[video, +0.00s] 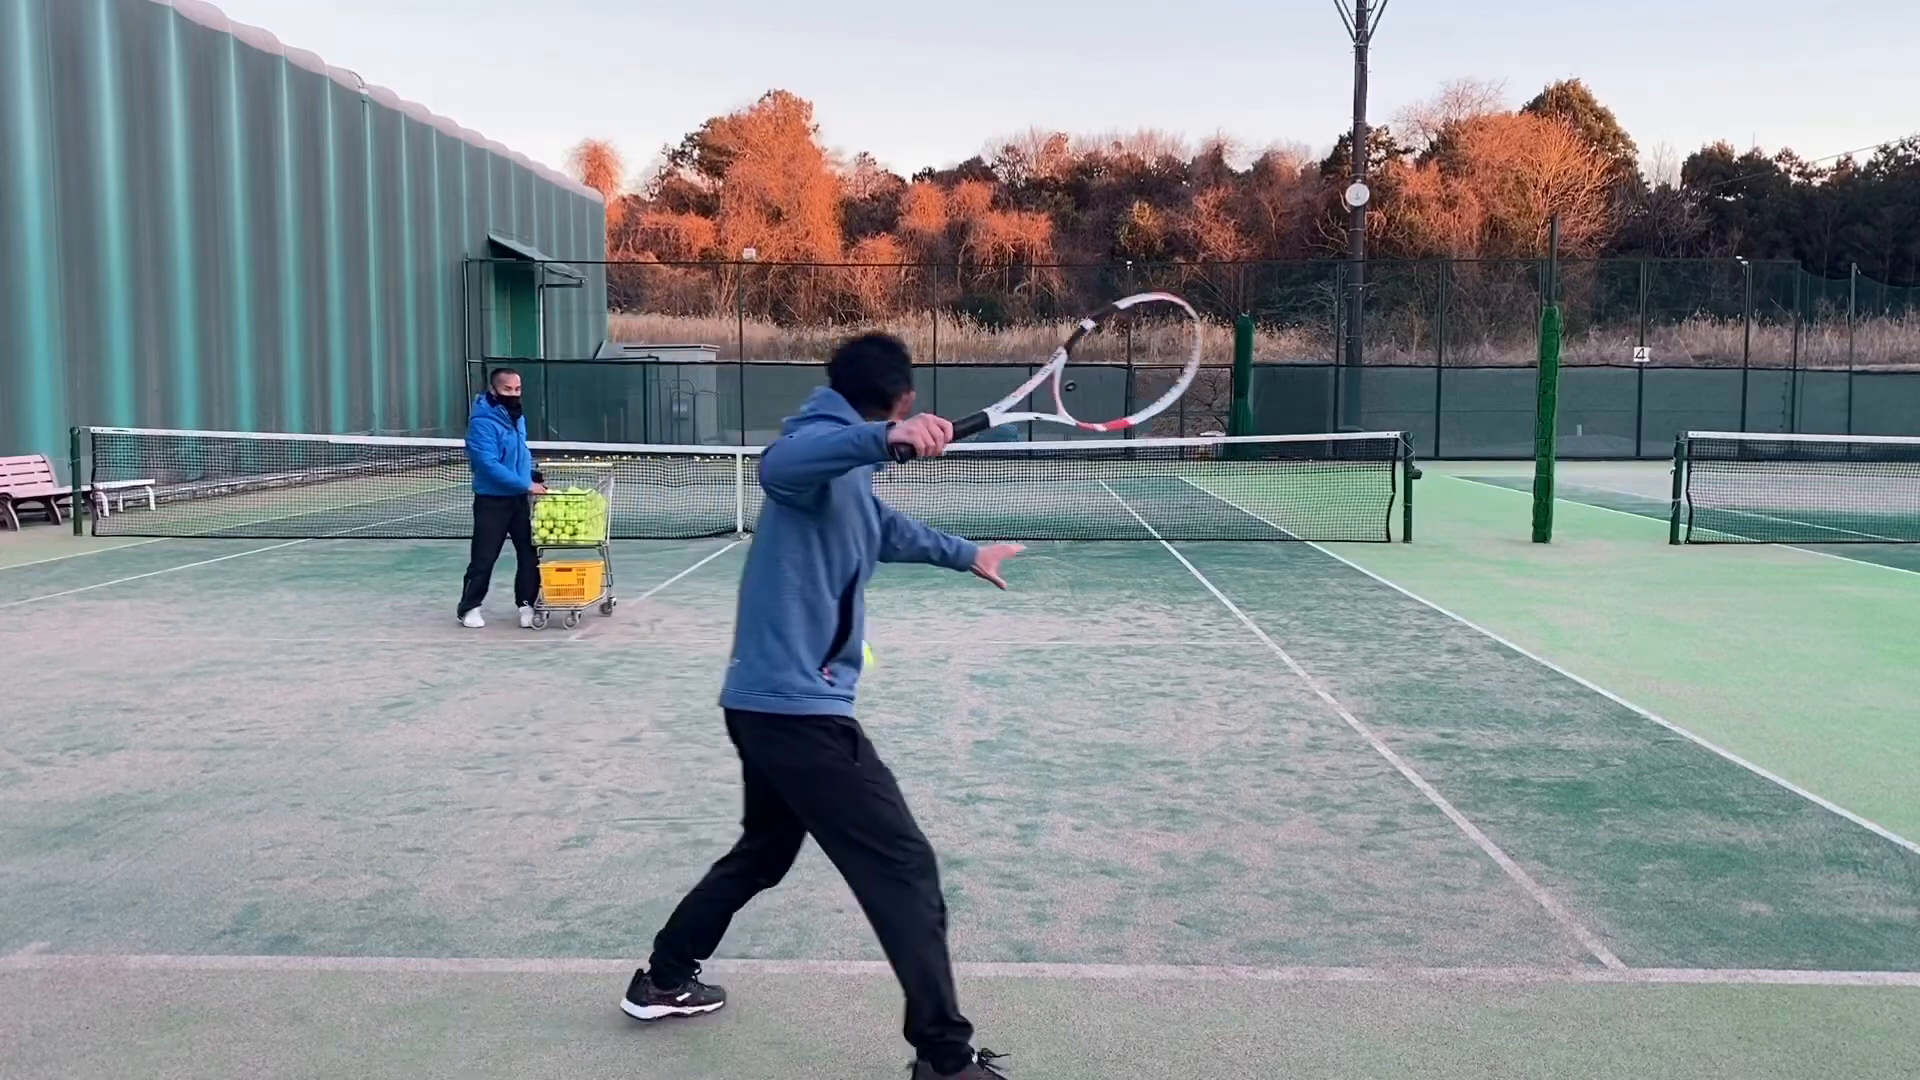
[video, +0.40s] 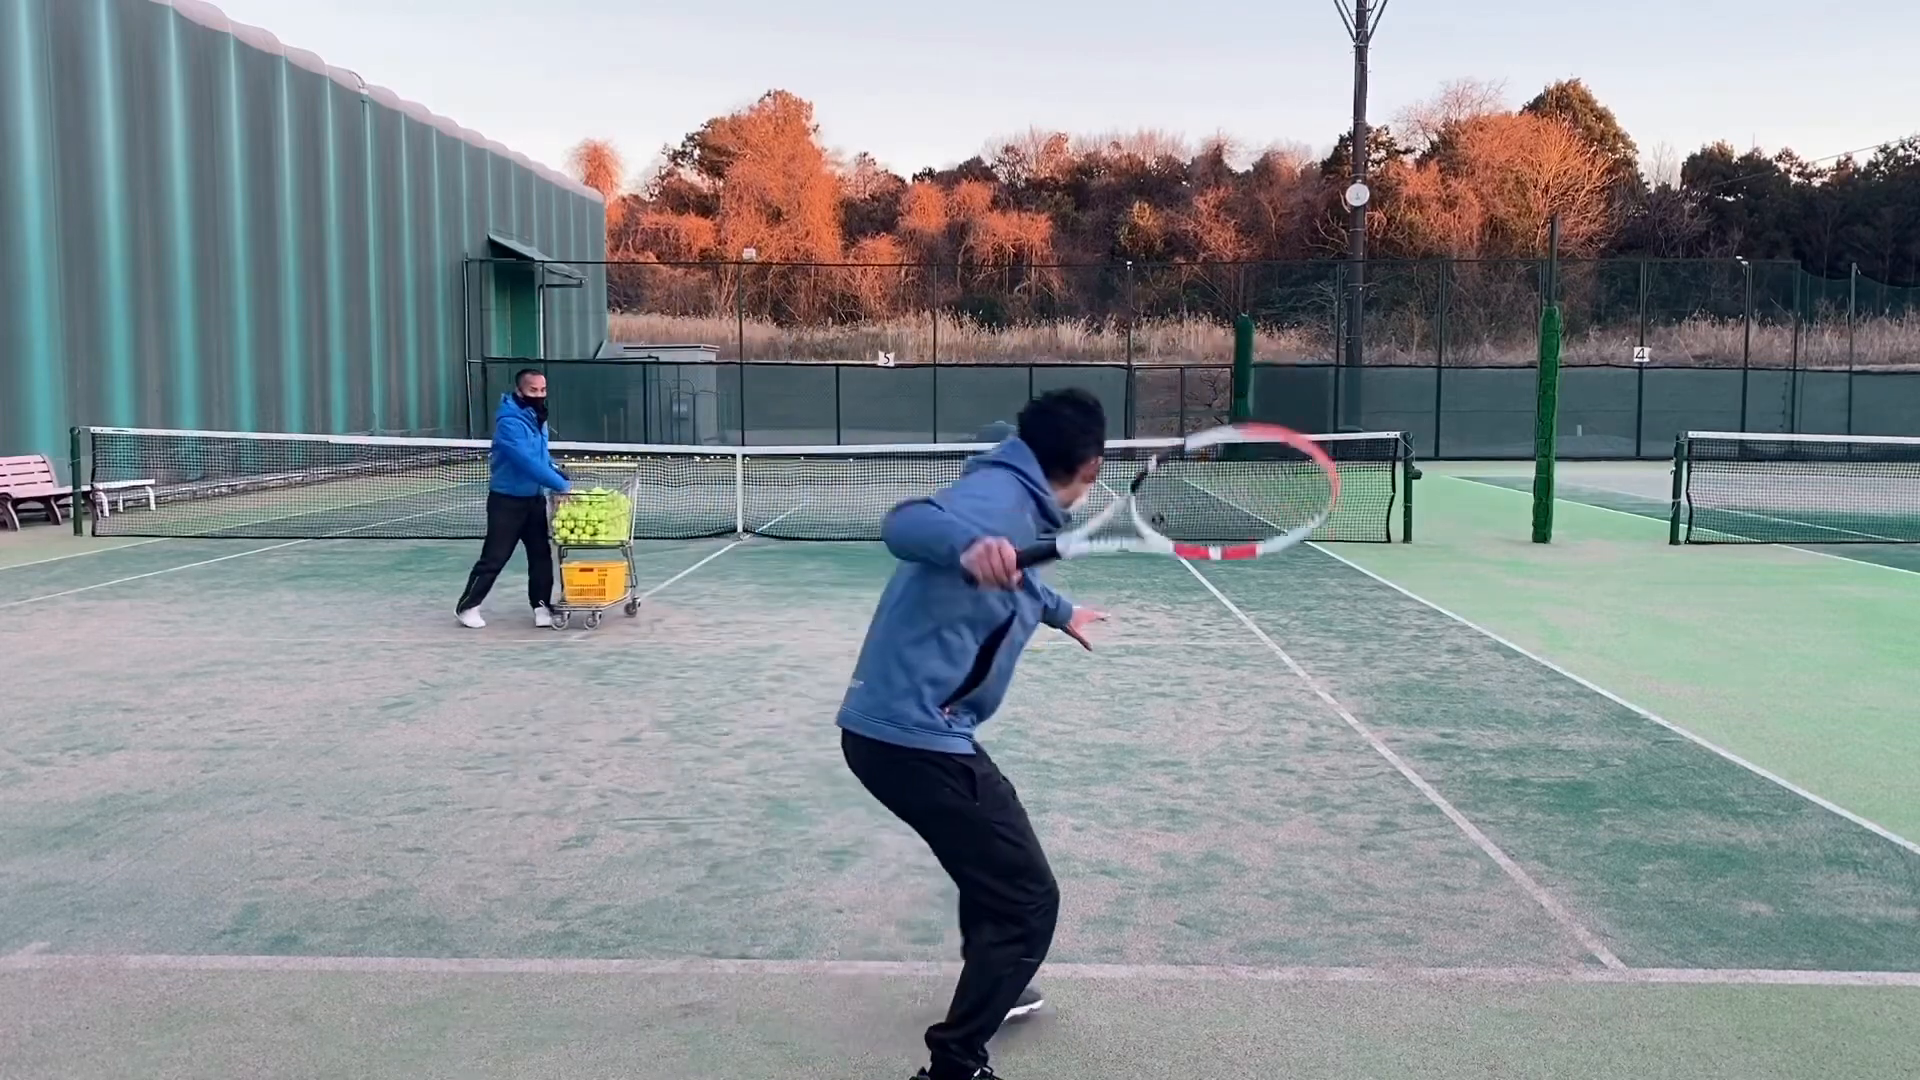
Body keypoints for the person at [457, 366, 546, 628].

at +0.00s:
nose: (515, 394)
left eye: (517, 389)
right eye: (509, 389)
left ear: (520, 390)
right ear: (495, 390)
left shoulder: (517, 416)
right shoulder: (482, 421)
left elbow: (521, 451)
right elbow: (488, 465)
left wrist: (533, 476)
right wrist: (526, 486)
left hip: (518, 497)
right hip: (491, 499)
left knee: (529, 553)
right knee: (484, 557)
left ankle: (526, 604)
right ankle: (470, 608)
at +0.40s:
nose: (541, 394)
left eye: (543, 389)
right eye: (535, 389)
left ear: (545, 390)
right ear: (520, 390)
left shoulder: (536, 417)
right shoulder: (509, 421)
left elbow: (541, 455)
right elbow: (526, 461)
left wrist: (560, 476)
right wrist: (562, 485)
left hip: (533, 499)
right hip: (506, 499)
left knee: (541, 555)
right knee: (495, 557)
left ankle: (541, 606)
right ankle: (467, 607)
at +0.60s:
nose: (549, 392)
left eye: (552, 388)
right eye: (543, 388)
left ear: (553, 389)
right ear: (529, 389)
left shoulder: (546, 415)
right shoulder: (518, 420)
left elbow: (551, 453)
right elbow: (538, 460)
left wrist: (564, 477)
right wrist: (568, 490)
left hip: (541, 495)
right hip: (514, 496)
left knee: (543, 553)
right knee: (504, 554)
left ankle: (542, 605)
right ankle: (478, 604)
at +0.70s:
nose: (552, 393)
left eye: (554, 389)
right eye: (546, 389)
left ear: (556, 390)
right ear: (532, 390)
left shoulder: (549, 416)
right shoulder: (521, 420)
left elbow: (553, 454)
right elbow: (538, 460)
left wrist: (567, 476)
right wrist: (567, 492)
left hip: (543, 495)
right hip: (518, 496)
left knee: (545, 554)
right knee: (507, 554)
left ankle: (542, 605)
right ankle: (482, 604)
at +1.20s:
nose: (549, 392)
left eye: (552, 387)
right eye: (543, 388)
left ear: (556, 388)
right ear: (530, 389)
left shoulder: (557, 416)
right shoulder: (519, 420)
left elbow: (561, 452)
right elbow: (529, 463)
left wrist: (567, 475)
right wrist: (568, 484)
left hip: (547, 494)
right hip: (520, 495)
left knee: (549, 553)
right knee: (514, 554)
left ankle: (543, 604)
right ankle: (498, 602)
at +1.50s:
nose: (527, 390)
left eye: (532, 385)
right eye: (522, 386)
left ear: (538, 386)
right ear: (512, 387)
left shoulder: (550, 415)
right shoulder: (501, 419)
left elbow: (565, 451)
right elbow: (502, 464)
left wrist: (563, 470)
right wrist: (527, 471)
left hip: (545, 496)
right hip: (514, 497)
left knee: (547, 553)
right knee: (513, 553)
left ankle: (543, 605)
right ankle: (512, 603)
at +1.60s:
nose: (520, 390)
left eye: (524, 385)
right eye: (514, 386)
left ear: (530, 386)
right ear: (505, 388)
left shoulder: (547, 415)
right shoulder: (495, 420)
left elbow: (564, 450)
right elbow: (493, 459)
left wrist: (564, 470)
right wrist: (510, 474)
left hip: (543, 495)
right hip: (510, 497)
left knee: (544, 553)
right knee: (511, 553)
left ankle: (543, 605)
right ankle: (511, 604)